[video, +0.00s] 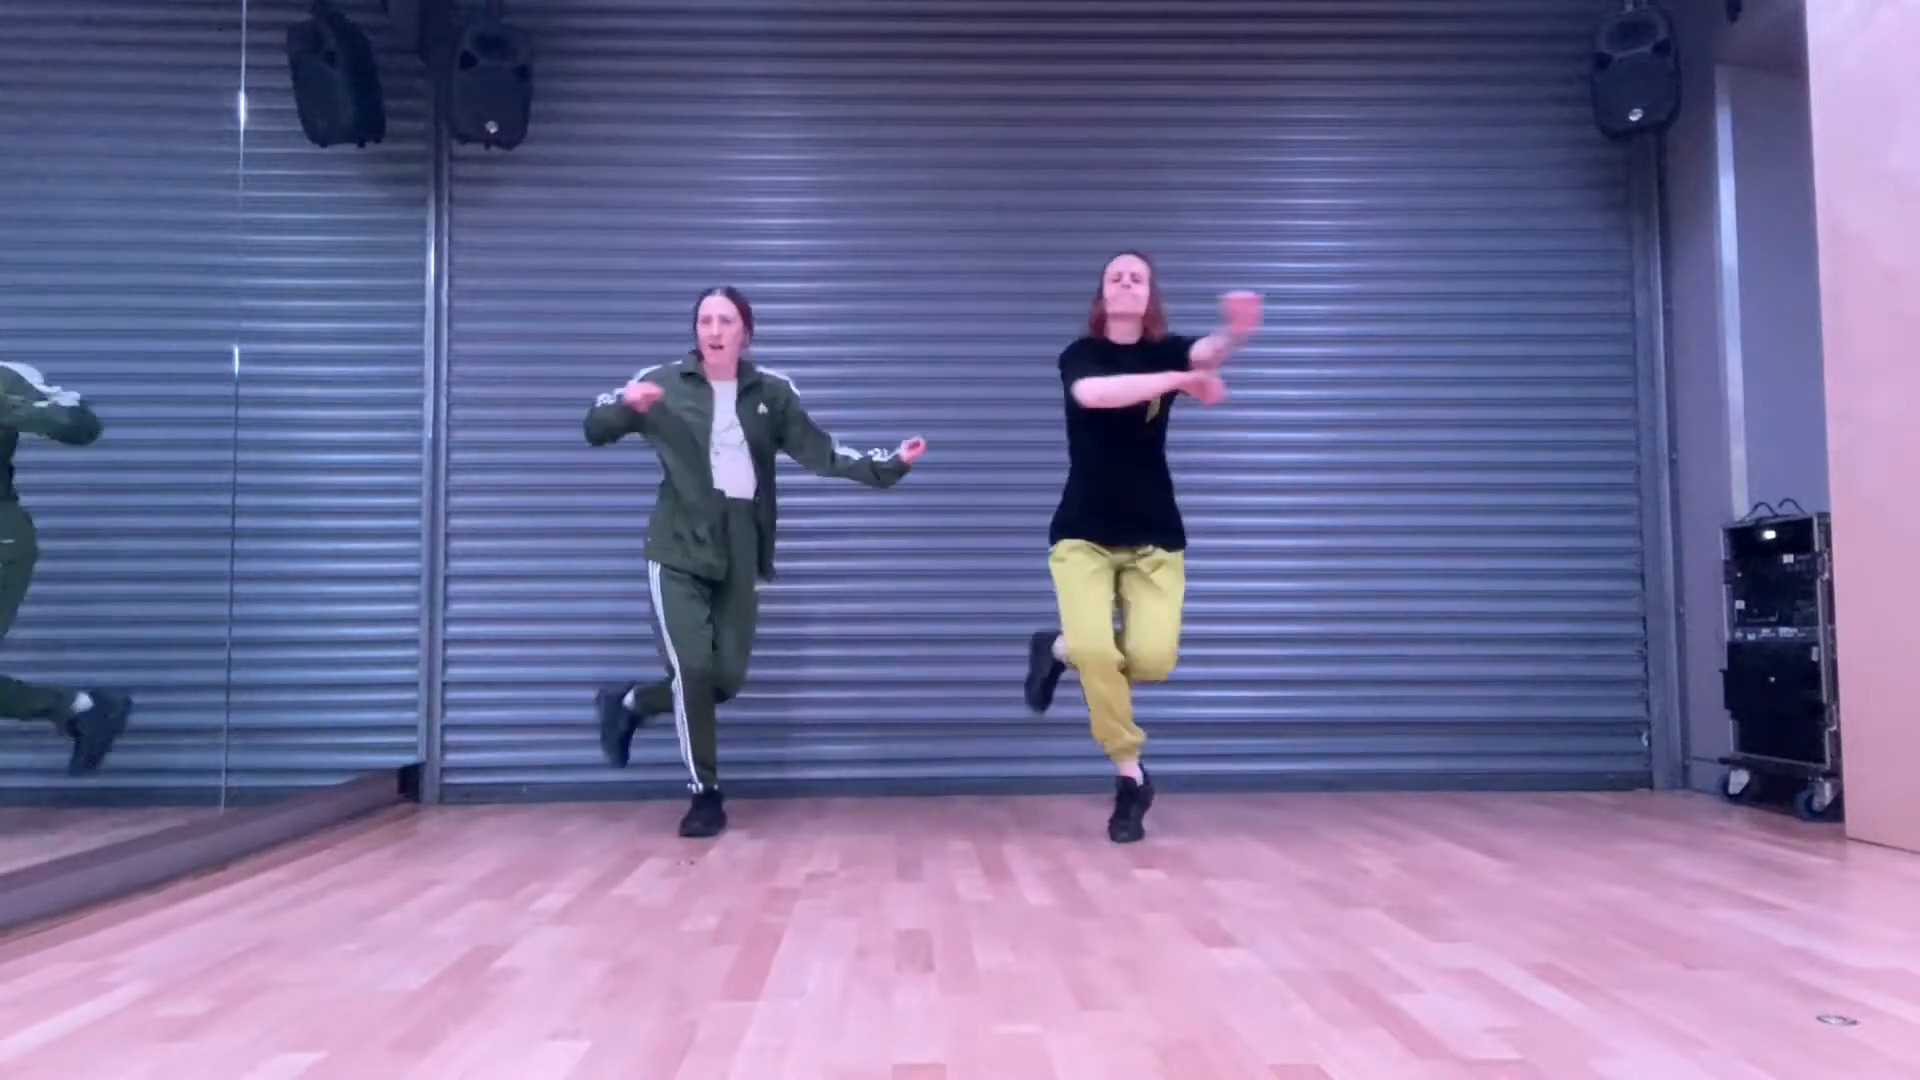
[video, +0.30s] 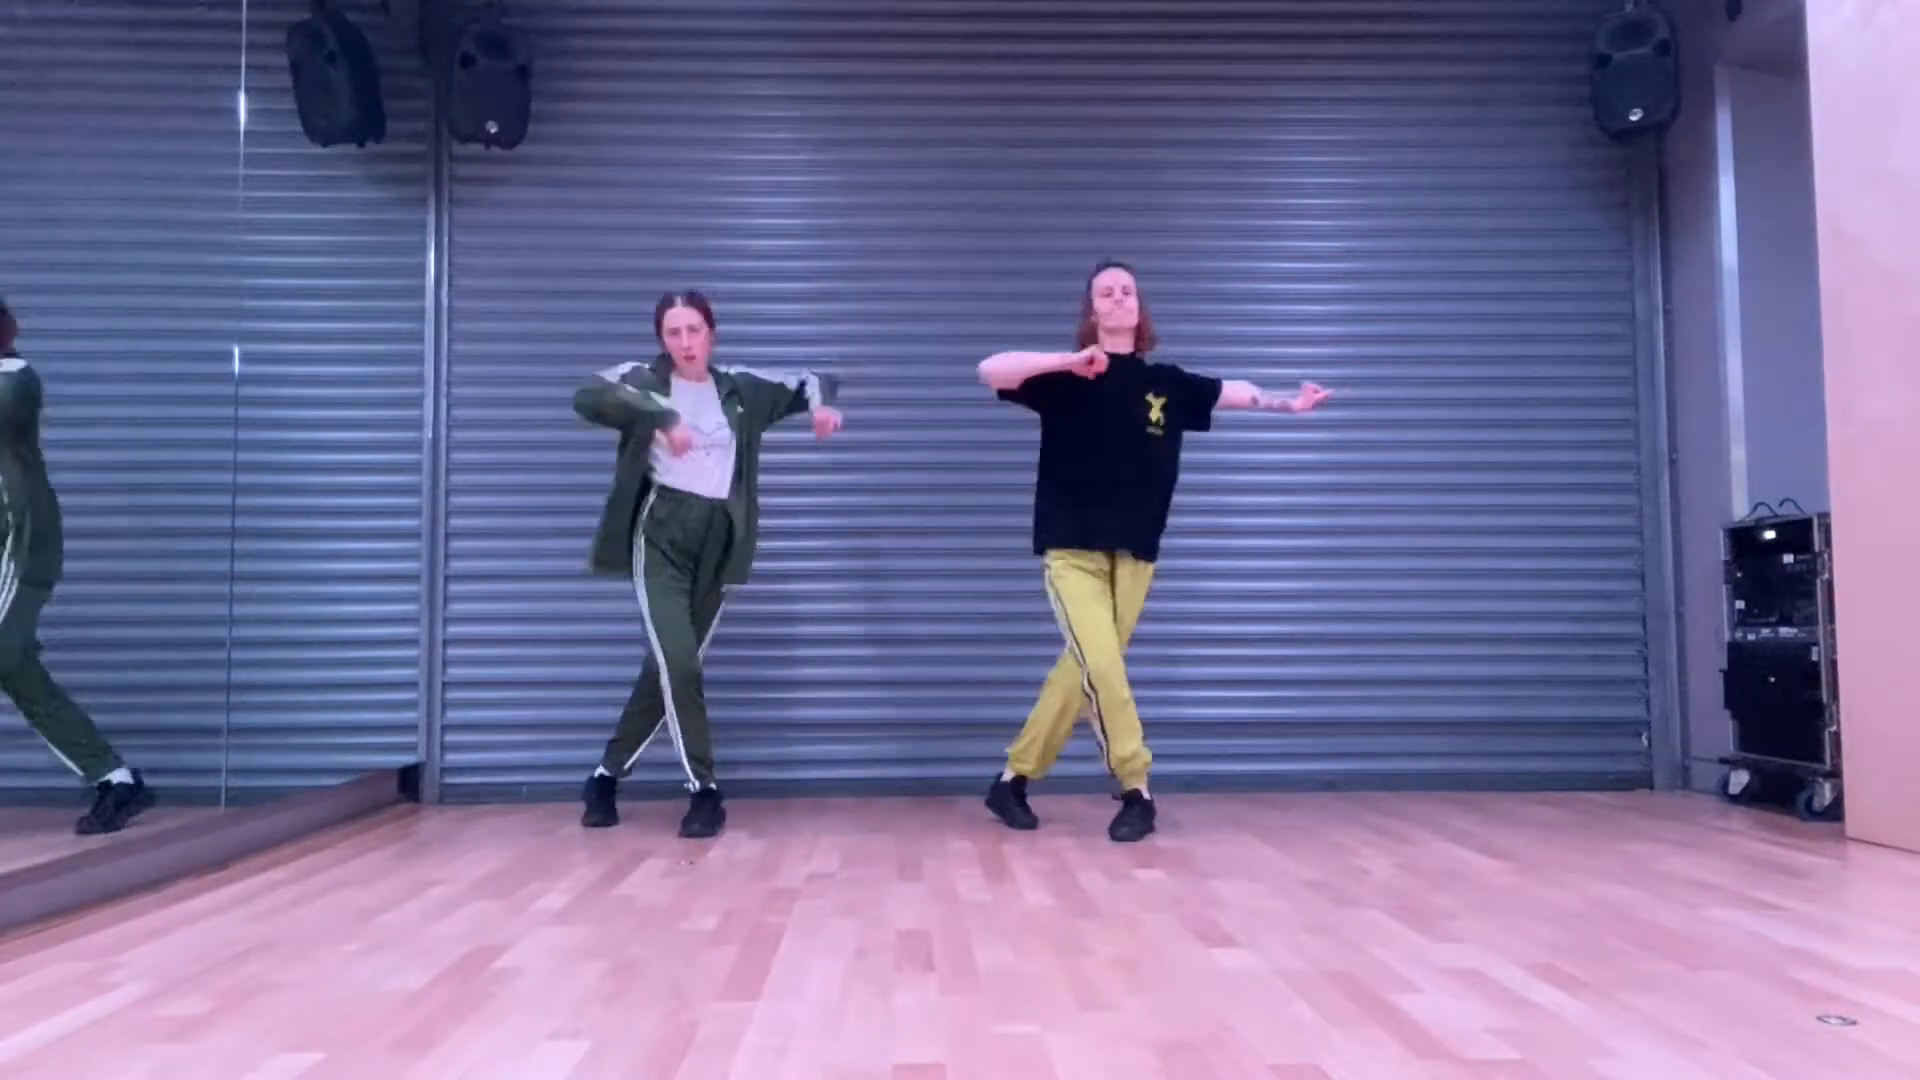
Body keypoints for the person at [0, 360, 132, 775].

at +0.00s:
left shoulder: (7, 382)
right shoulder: (9, 384)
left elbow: (87, 427)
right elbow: (84, 427)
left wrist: (23, 413)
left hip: (8, 546)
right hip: (9, 548)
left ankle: (78, 708)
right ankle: (78, 709)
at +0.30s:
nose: (4, 327)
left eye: (3, 318)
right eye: (3, 319)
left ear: (6, 329)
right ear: (7, 329)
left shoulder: (16, 379)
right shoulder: (12, 380)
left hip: (24, 546)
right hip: (13, 548)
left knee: (12, 661)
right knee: (15, 664)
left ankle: (113, 775)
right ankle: (111, 776)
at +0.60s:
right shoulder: (48, 382)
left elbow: (81, 465)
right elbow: (83, 465)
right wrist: (82, 530)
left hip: (8, 540)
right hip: (74, 536)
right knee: (79, 663)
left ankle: (92, 778)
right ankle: (93, 779)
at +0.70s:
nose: (53, 378)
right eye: (52, 369)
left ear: (9, 357)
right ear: (39, 362)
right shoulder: (54, 390)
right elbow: (98, 467)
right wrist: (116, 516)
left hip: (4, 559)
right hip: (50, 548)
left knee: (7, 669)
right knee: (88, 663)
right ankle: (59, 794)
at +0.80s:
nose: (82, 375)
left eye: (84, 364)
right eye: (81, 363)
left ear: (39, 351)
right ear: (55, 355)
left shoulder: (13, 382)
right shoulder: (26, 381)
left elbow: (51, 477)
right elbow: (64, 469)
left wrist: (102, 545)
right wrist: (115, 537)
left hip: (10, 557)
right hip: (28, 554)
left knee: (24, 680)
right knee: (85, 675)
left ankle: (3, 793)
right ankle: (54, 800)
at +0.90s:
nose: (70, 335)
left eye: (73, 325)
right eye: (59, 323)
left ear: (65, 334)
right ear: (20, 327)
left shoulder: (42, 386)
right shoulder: (3, 381)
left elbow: (44, 452)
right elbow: (4, 478)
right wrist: (54, 532)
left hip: (31, 549)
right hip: (5, 551)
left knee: (57, 656)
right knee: (48, 659)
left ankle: (21, 788)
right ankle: (23, 790)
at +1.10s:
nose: (0, 331)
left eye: (10, 322)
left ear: (36, 336)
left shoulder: (59, 397)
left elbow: (123, 458)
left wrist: (113, 421)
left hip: (48, 536)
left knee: (85, 679)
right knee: (5, 676)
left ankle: (26, 750)